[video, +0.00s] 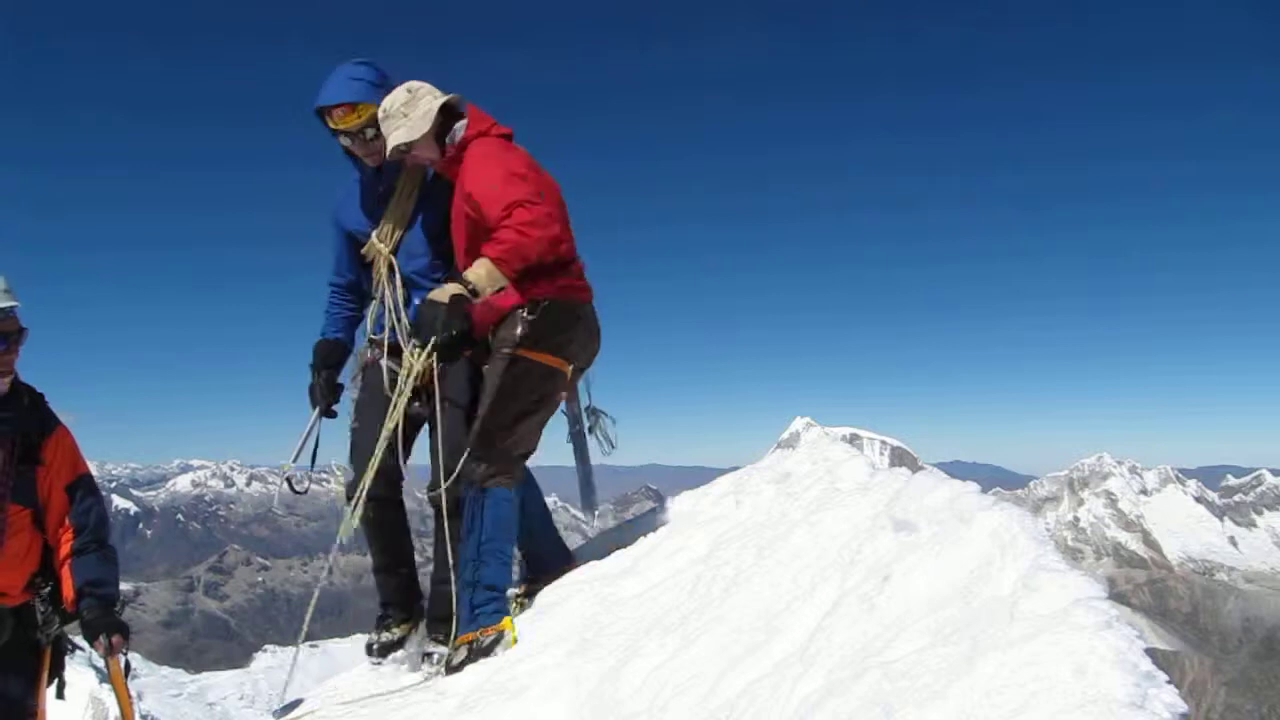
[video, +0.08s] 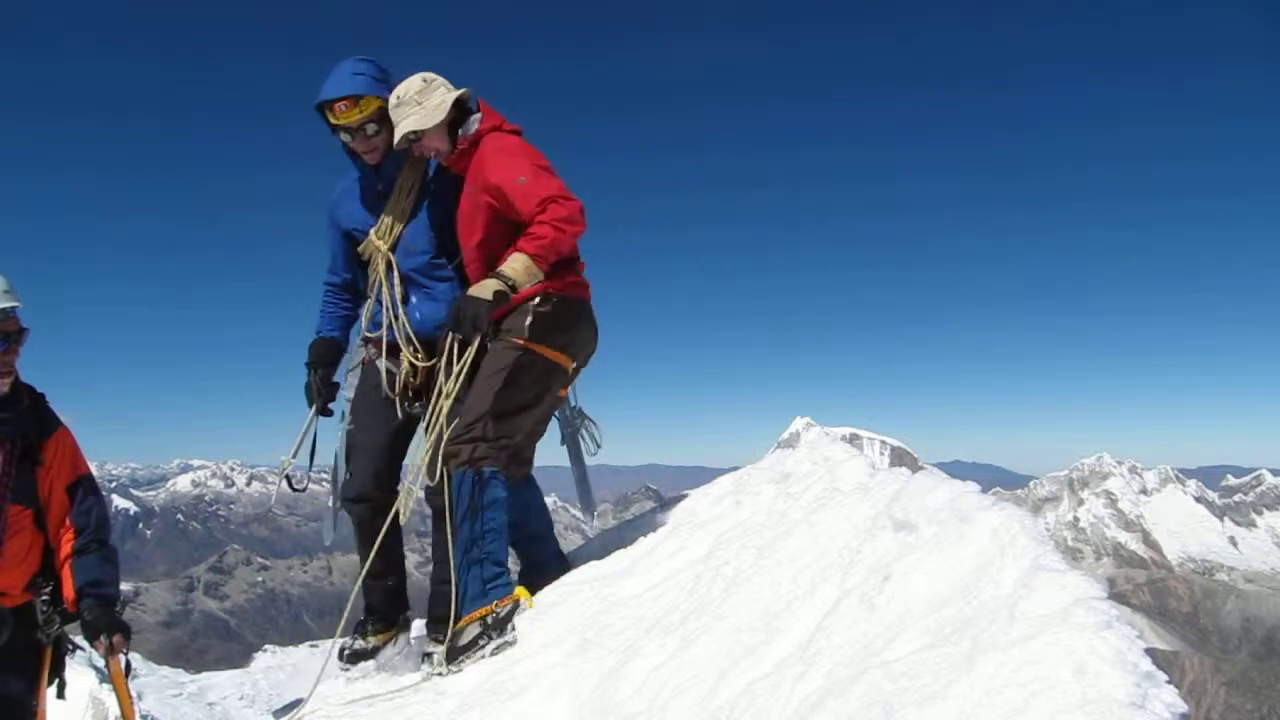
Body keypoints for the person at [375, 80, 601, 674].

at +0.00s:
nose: (415, 161)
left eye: (413, 148)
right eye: (407, 154)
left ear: (434, 129)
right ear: (427, 136)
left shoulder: (490, 157)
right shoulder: (469, 169)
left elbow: (538, 226)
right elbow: (492, 264)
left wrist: (465, 284)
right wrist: (457, 320)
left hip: (546, 313)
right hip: (523, 317)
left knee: (492, 462)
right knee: (496, 454)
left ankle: (481, 624)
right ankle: (553, 572)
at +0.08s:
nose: (421, 150)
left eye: (422, 137)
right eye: (414, 143)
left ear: (447, 118)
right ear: (427, 132)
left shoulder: (498, 150)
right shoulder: (472, 165)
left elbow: (562, 213)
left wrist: (498, 282)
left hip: (543, 312)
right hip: (539, 317)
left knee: (467, 447)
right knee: (504, 456)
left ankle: (484, 606)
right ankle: (548, 579)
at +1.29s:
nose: (466, 123)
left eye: (475, 111)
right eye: (454, 116)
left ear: (497, 115)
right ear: (444, 128)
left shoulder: (526, 181)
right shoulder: (459, 195)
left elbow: (558, 268)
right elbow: (443, 273)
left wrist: (529, 337)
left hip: (515, 347)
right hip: (467, 354)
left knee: (488, 472)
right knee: (466, 478)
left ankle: (507, 608)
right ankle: (500, 605)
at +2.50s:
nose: (475, 120)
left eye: (484, 108)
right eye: (463, 112)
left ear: (504, 114)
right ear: (450, 123)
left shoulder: (539, 186)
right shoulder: (441, 195)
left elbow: (575, 262)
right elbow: (432, 279)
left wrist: (558, 289)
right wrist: (426, 342)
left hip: (531, 336)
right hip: (467, 345)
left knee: (527, 449)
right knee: (473, 471)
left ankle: (544, 569)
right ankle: (492, 608)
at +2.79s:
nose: (477, 122)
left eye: (487, 110)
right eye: (465, 113)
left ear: (507, 116)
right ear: (452, 125)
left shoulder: (543, 189)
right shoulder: (441, 197)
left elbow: (576, 267)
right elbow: (427, 272)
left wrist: (564, 299)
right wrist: (432, 337)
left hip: (532, 337)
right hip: (464, 346)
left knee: (534, 453)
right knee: (475, 472)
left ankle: (550, 576)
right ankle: (485, 605)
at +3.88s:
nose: (487, 122)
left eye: (497, 111)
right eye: (476, 114)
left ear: (515, 119)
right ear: (462, 126)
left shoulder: (548, 194)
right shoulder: (446, 198)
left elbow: (568, 277)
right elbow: (431, 275)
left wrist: (557, 342)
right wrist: (442, 343)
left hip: (532, 343)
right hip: (470, 348)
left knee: (538, 451)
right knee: (478, 471)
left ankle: (550, 572)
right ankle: (483, 601)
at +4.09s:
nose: (491, 122)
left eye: (501, 113)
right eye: (480, 114)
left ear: (518, 121)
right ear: (465, 126)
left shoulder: (550, 194)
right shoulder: (450, 197)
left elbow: (569, 277)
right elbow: (438, 276)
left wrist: (558, 343)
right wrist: (450, 349)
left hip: (535, 341)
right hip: (473, 346)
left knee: (540, 451)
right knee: (478, 470)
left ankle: (550, 572)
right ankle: (484, 599)